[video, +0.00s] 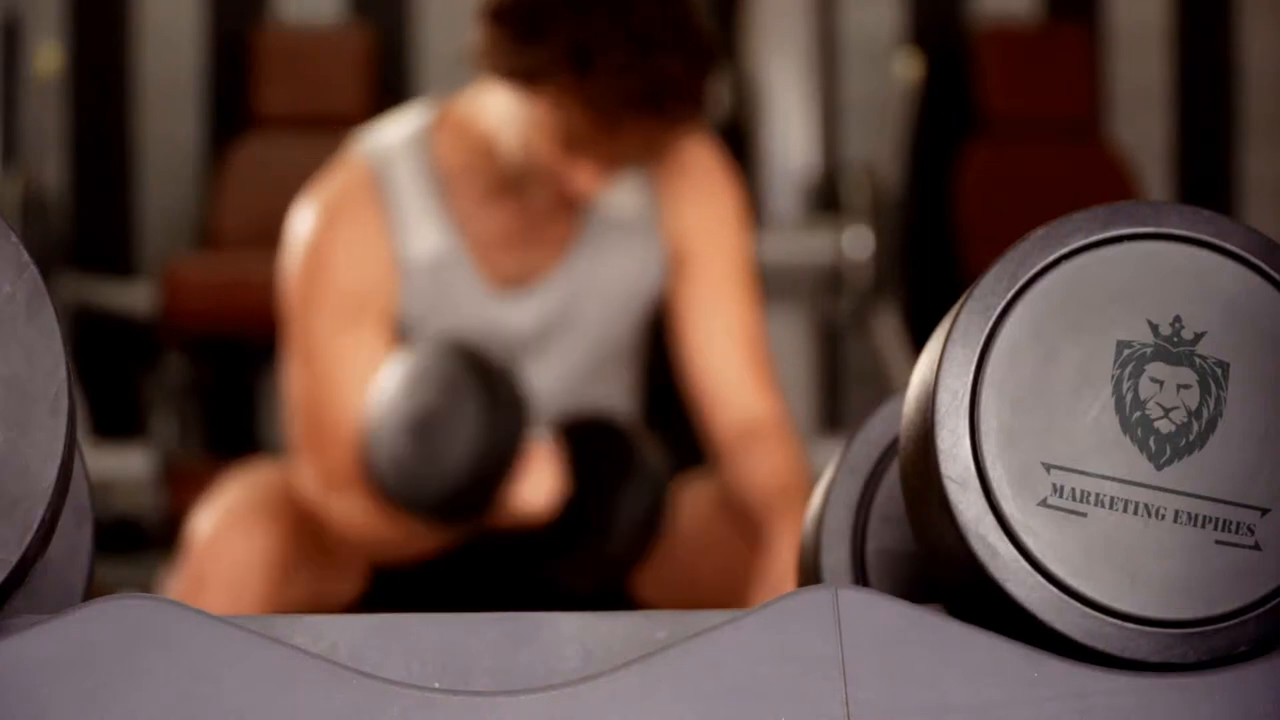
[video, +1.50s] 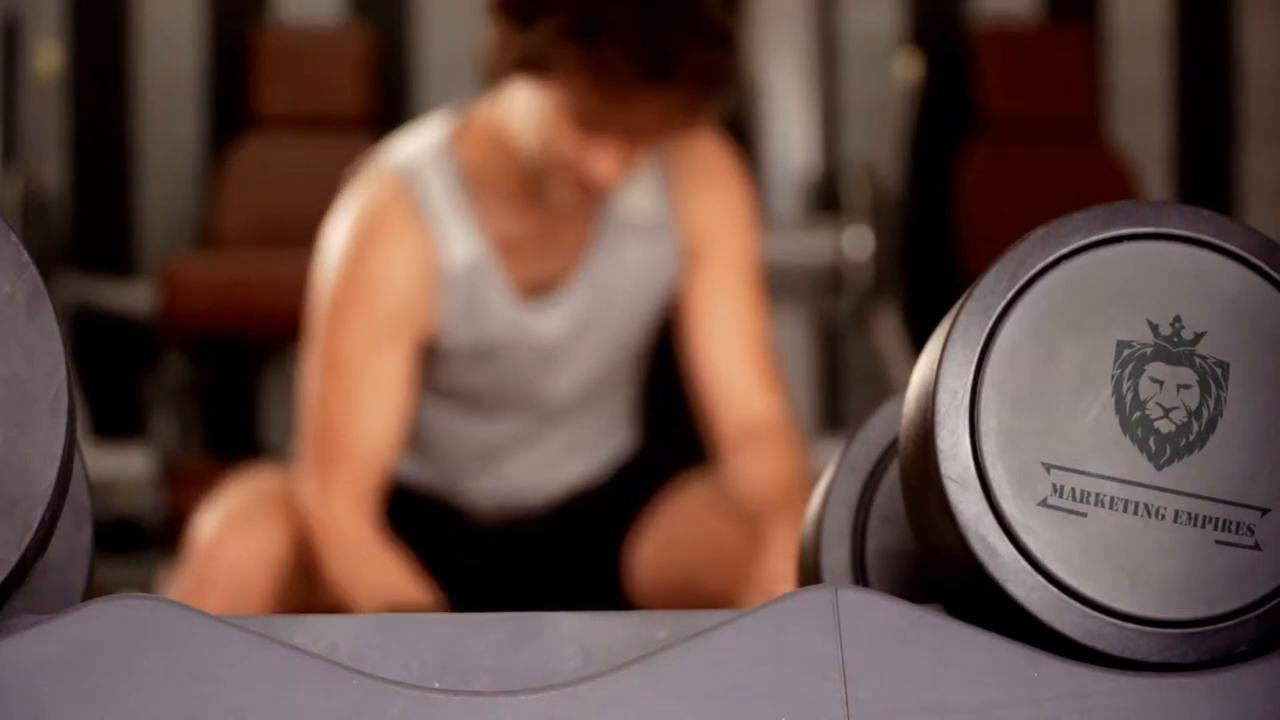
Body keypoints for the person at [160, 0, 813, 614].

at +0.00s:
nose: (591, 182)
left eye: (621, 156)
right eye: (573, 145)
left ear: (658, 121)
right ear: (514, 84)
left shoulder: (681, 170)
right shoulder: (350, 210)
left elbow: (749, 425)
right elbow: (343, 503)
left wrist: (797, 544)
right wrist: (498, 494)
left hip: (595, 534)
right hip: (399, 538)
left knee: (797, 534)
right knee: (242, 523)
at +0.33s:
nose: (613, 190)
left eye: (648, 162)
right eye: (596, 149)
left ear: (685, 130)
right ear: (538, 84)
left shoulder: (703, 176)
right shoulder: (392, 208)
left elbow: (756, 429)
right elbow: (348, 531)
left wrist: (811, 556)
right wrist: (432, 700)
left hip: (603, 520)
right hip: (418, 527)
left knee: (798, 540)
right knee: (246, 529)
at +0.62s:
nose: (617, 206)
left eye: (651, 175)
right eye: (598, 163)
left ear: (687, 145)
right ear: (534, 98)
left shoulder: (701, 180)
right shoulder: (396, 233)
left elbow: (757, 432)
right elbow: (349, 547)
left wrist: (813, 566)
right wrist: (377, 714)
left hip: (602, 524)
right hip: (417, 533)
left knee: (798, 541)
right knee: (241, 532)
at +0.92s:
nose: (613, 207)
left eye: (646, 176)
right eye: (593, 166)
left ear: (681, 147)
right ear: (529, 101)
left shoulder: (695, 178)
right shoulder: (394, 242)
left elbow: (756, 431)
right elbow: (348, 554)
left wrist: (805, 575)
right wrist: (354, 719)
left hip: (602, 524)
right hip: (416, 533)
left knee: (795, 539)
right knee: (238, 533)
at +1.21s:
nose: (614, 196)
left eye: (647, 164)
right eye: (593, 154)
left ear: (683, 132)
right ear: (529, 94)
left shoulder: (697, 173)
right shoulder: (398, 235)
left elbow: (754, 430)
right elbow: (336, 543)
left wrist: (794, 573)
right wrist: (392, 709)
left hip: (601, 521)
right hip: (418, 531)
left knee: (794, 540)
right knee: (225, 531)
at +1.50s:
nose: (611, 168)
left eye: (645, 137)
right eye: (591, 127)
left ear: (676, 110)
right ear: (524, 67)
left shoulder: (696, 170)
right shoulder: (393, 210)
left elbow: (753, 428)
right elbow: (337, 510)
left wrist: (790, 570)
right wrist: (457, 668)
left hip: (601, 521)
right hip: (418, 529)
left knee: (792, 540)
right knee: (241, 526)